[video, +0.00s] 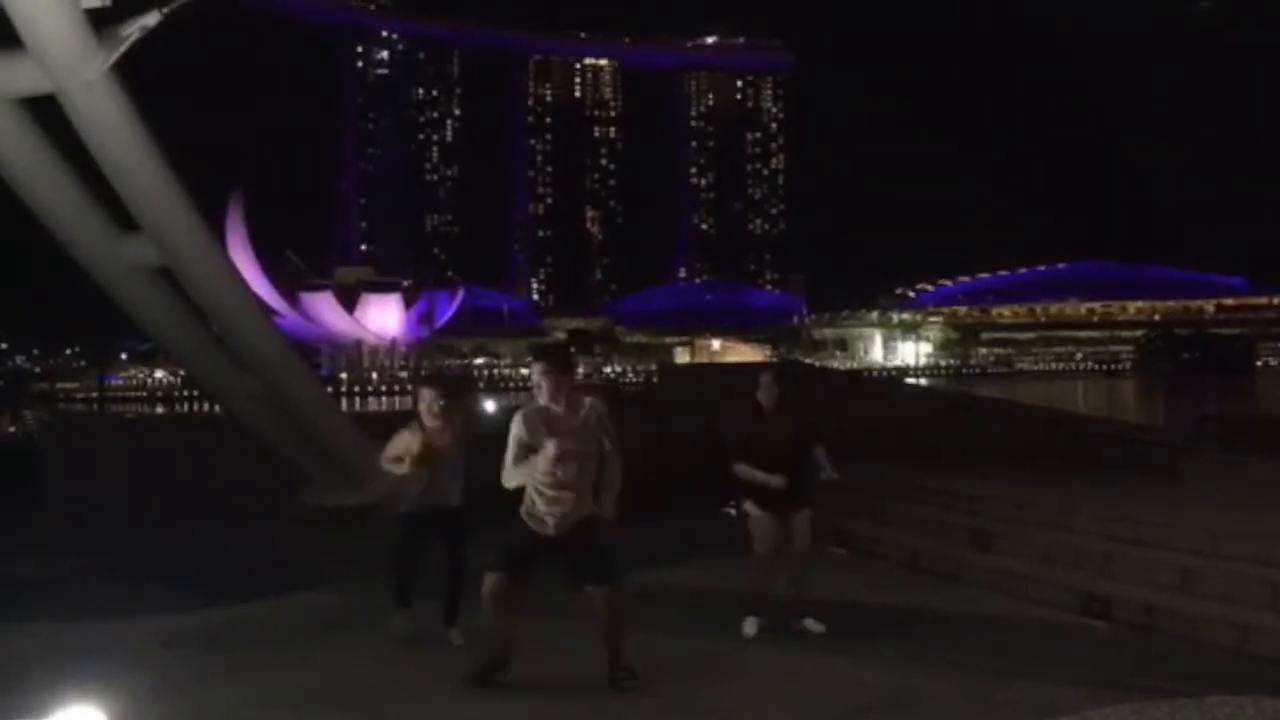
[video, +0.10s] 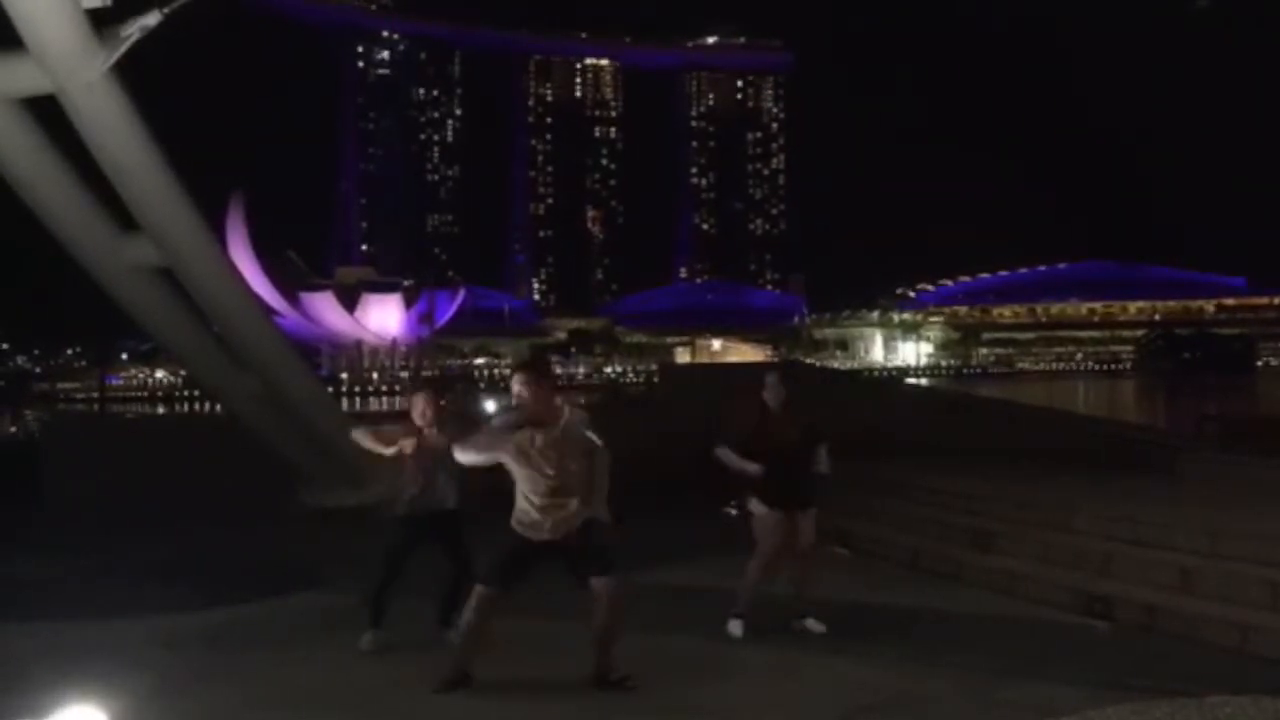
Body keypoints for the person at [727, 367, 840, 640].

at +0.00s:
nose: (768, 393)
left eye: (772, 387)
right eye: (764, 388)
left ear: (781, 389)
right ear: (756, 390)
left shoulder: (794, 416)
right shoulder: (747, 420)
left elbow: (814, 446)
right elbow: (737, 465)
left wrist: (825, 468)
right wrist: (768, 479)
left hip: (796, 495)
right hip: (761, 498)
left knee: (801, 555)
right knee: (763, 556)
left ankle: (802, 613)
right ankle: (756, 612)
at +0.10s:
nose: (771, 394)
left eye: (776, 388)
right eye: (768, 388)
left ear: (787, 390)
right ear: (762, 391)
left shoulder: (799, 418)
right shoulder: (753, 418)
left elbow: (818, 443)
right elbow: (721, 448)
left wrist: (821, 464)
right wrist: (746, 466)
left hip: (800, 491)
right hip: (765, 492)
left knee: (804, 553)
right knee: (766, 552)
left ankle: (801, 614)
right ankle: (739, 614)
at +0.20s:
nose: (777, 398)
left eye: (781, 392)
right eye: (773, 392)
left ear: (790, 394)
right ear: (766, 395)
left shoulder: (802, 422)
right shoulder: (757, 422)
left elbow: (822, 447)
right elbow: (720, 442)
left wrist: (818, 460)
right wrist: (748, 455)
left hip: (801, 496)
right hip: (766, 497)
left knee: (810, 556)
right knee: (759, 561)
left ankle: (804, 614)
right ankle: (736, 623)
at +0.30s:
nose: (783, 397)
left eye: (787, 391)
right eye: (779, 392)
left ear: (795, 393)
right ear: (771, 394)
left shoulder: (803, 422)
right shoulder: (761, 422)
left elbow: (811, 450)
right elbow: (737, 459)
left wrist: (824, 452)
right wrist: (768, 465)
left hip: (803, 496)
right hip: (769, 498)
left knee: (811, 555)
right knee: (771, 556)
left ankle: (804, 614)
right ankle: (739, 619)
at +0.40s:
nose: (784, 397)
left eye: (788, 391)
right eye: (779, 391)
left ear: (797, 393)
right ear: (772, 393)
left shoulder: (804, 418)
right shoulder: (764, 419)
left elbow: (813, 442)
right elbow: (749, 457)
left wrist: (828, 450)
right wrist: (791, 455)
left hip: (803, 495)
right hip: (770, 495)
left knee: (810, 555)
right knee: (774, 553)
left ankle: (804, 614)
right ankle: (741, 615)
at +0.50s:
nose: (785, 394)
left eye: (789, 389)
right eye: (781, 389)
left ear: (798, 390)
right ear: (774, 391)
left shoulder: (804, 416)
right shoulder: (767, 414)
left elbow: (808, 449)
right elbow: (760, 438)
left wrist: (826, 459)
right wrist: (800, 435)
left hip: (803, 494)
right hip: (771, 495)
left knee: (810, 555)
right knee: (772, 557)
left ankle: (804, 614)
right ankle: (736, 625)